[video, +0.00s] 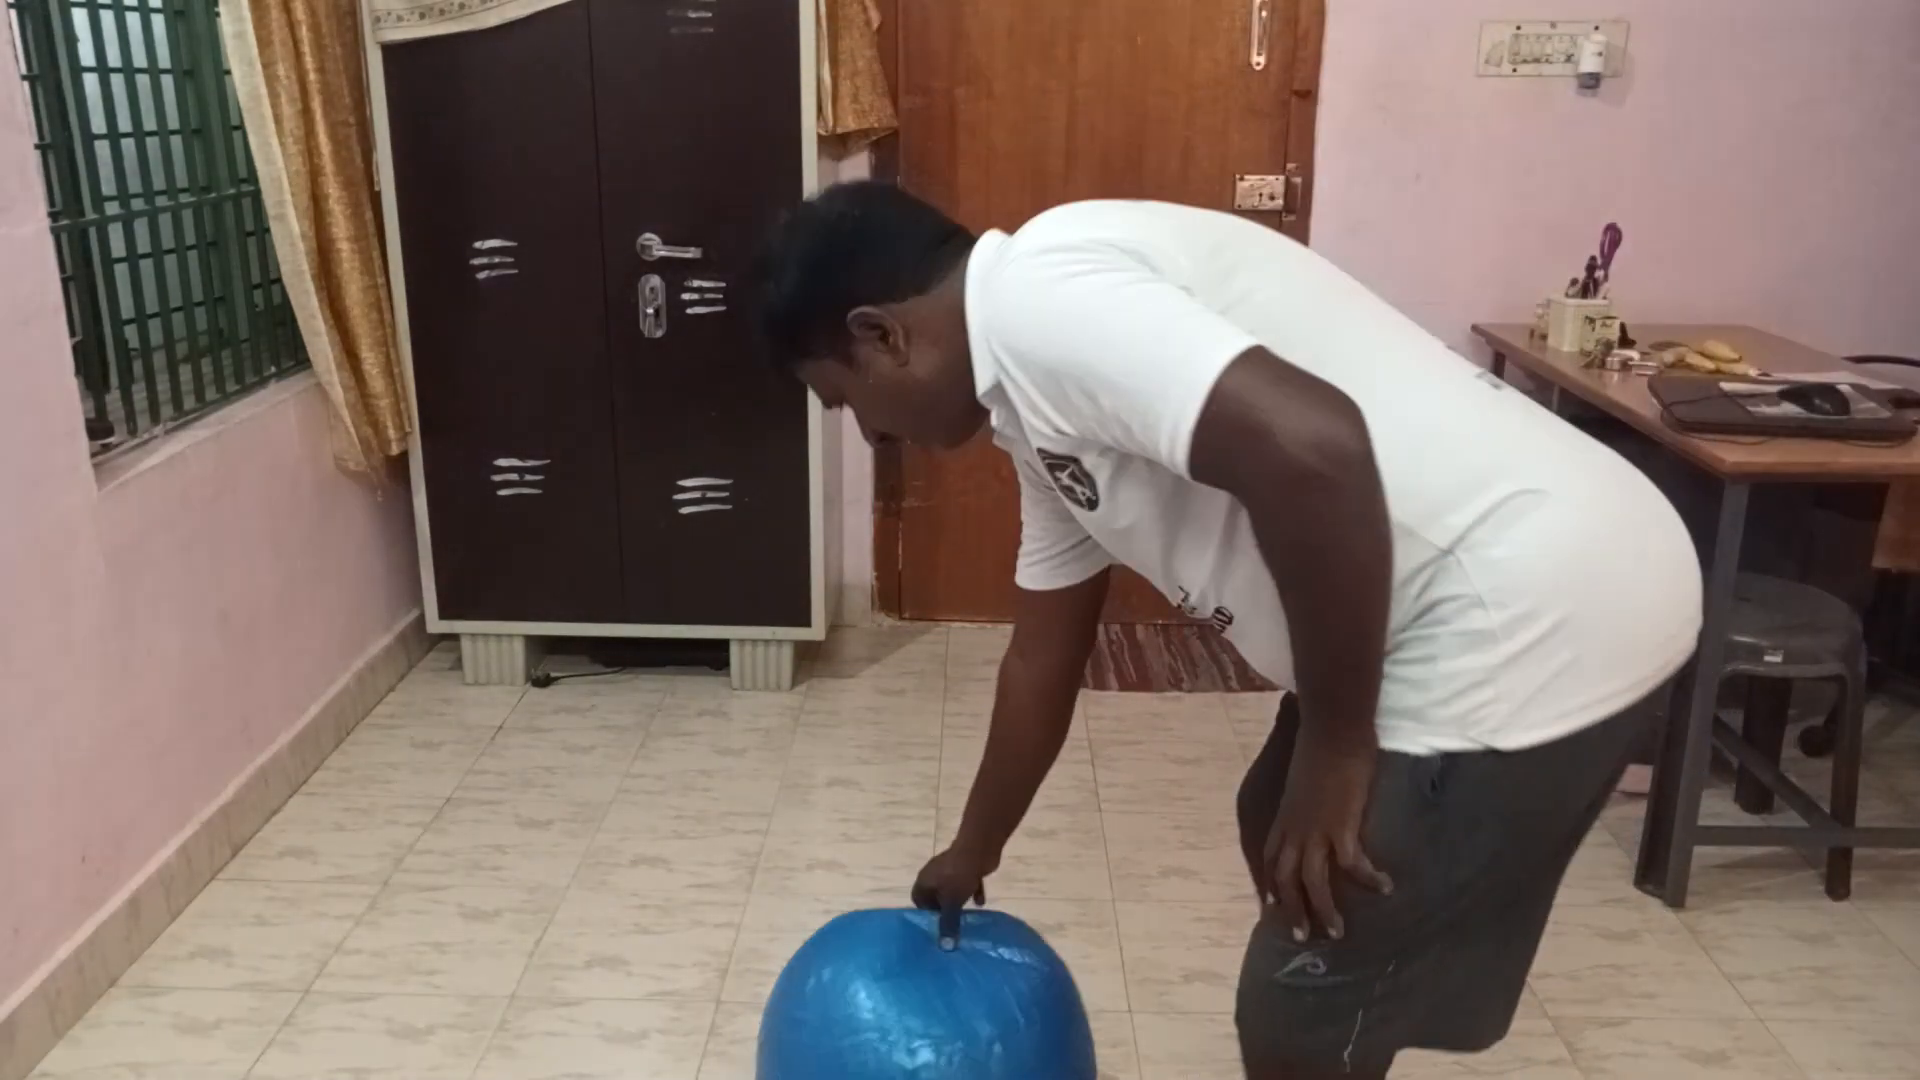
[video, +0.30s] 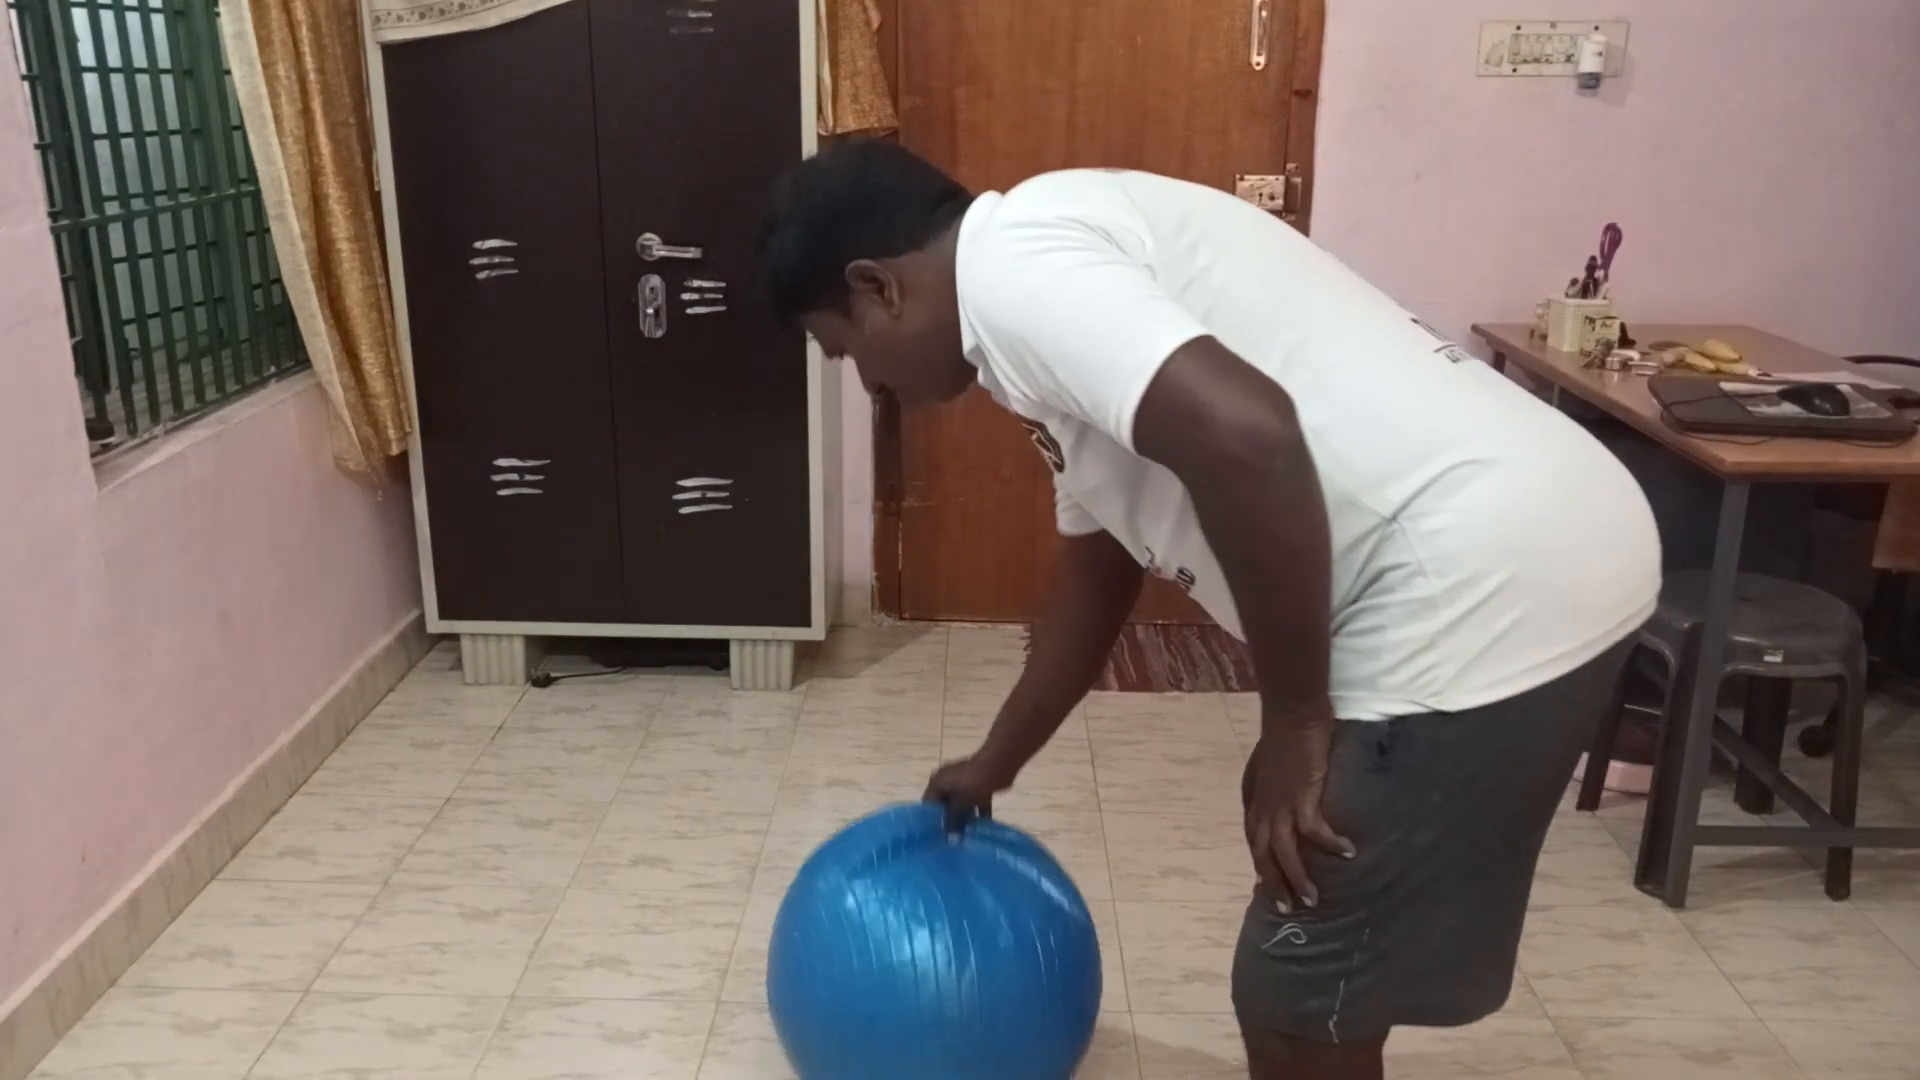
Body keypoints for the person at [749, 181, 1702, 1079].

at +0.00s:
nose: (864, 426)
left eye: (838, 390)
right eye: (835, 402)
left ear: (880, 332)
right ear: (900, 319)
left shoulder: (1033, 300)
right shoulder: (1043, 406)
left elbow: (1313, 452)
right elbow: (1044, 657)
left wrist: (1337, 754)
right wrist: (972, 848)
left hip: (1527, 603)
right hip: (1451, 590)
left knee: (1304, 1012)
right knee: (1279, 818)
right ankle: (1352, 1034)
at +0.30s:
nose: (871, 385)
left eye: (846, 349)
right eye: (844, 363)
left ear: (878, 284)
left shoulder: (1010, 262)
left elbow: (1246, 436)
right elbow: (1089, 587)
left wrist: (1293, 724)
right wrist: (992, 763)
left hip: (1474, 587)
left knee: (1298, 994)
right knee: (1320, 983)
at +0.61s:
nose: (873, 388)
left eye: (849, 352)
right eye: (846, 363)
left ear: (887, 293)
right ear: (900, 280)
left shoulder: (1009, 266)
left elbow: (1223, 438)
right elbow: (1070, 585)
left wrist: (1279, 727)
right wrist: (994, 762)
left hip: (1461, 582)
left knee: (1287, 990)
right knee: (1314, 976)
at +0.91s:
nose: (879, 323)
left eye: (861, 283)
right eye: (856, 295)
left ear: (911, 223)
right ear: (922, 215)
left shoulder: (1034, 223)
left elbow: (1233, 430)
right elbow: (1103, 532)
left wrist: (1280, 722)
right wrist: (1013, 716)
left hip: (1461, 568)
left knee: (1296, 981)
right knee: (1324, 967)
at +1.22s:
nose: (949, 112)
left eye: (947, 66)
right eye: (931, 86)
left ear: (1023, 9)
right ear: (1037, 9)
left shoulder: (1133, 74)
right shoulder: (1199, 46)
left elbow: (1258, 359)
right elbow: (1233, 388)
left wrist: (1254, 669)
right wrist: (1157, 622)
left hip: (1422, 561)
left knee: (1305, 979)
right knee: (1327, 969)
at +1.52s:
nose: (1117, 6)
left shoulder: (1321, 15)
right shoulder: (1241, 33)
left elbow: (1418, 261)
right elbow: (1303, 295)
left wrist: (1288, 542)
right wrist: (1251, 526)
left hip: (1449, 529)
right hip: (1357, 522)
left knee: (1391, 916)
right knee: (1311, 823)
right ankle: (1324, 1063)